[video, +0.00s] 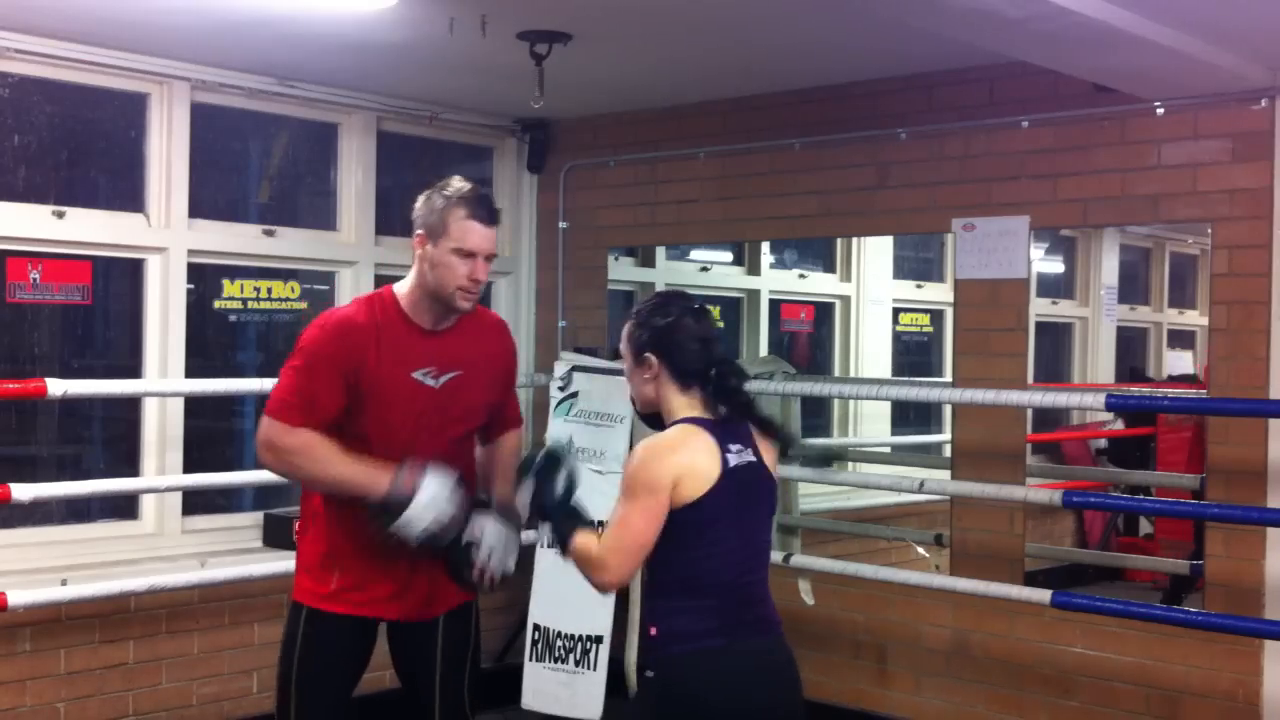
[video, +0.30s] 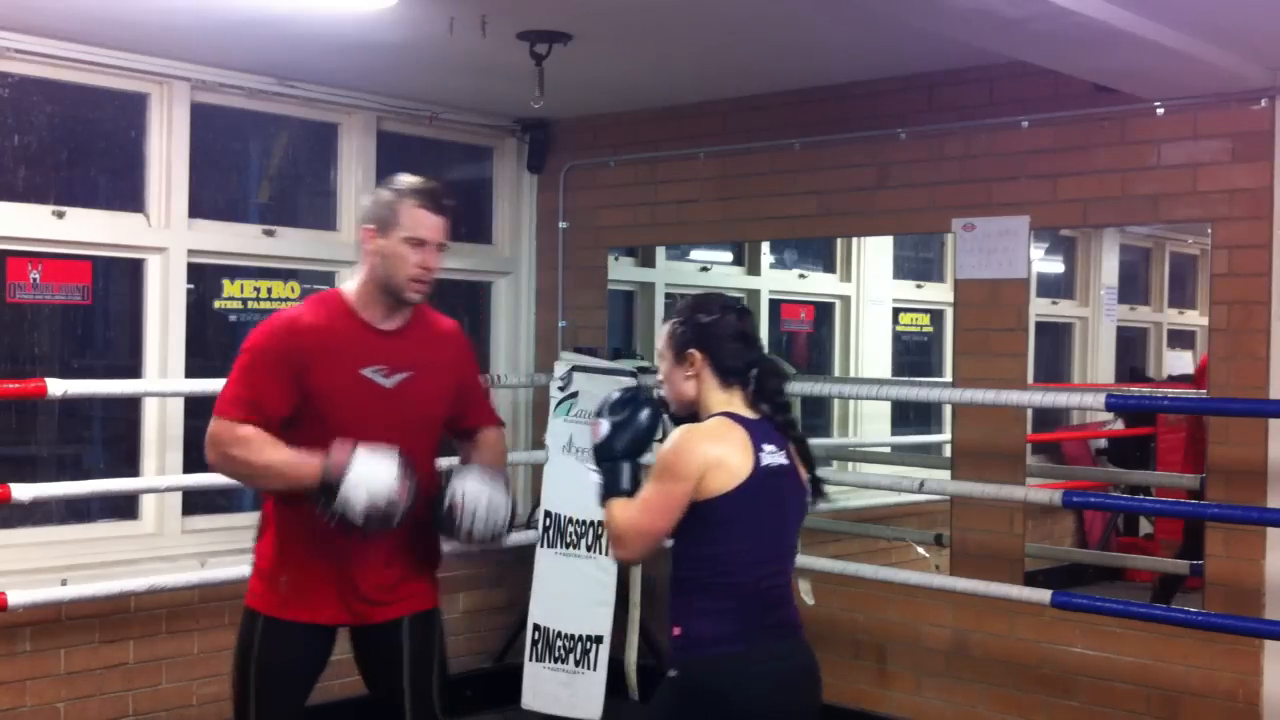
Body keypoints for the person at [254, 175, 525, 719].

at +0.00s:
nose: (480, 274)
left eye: (488, 259)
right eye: (465, 255)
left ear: (494, 257)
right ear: (421, 247)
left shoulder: (492, 338)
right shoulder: (344, 331)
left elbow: (502, 431)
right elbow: (277, 440)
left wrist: (501, 511)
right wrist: (399, 483)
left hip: (442, 585)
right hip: (338, 582)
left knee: (448, 709)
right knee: (307, 711)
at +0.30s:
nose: (431, 264)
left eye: (439, 249)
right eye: (416, 244)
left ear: (444, 253)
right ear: (370, 241)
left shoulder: (446, 342)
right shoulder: (290, 334)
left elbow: (483, 430)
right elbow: (224, 442)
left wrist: (485, 477)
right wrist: (329, 469)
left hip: (400, 587)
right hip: (297, 583)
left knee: (419, 711)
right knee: (263, 711)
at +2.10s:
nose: (383, 274)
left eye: (388, 260)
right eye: (369, 256)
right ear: (321, 250)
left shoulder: (324, 335)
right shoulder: (281, 333)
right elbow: (326, 459)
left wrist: (360, 392)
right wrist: (392, 386)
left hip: (326, 576)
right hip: (249, 587)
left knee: (373, 702)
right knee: (247, 711)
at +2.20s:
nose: (417, 281)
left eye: (423, 267)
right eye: (404, 262)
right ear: (357, 257)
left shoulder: (350, 333)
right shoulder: (310, 332)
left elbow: (336, 444)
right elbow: (333, 457)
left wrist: (393, 395)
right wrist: (415, 384)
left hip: (337, 573)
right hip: (259, 580)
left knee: (386, 704)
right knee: (250, 712)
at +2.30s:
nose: (448, 282)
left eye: (454, 269)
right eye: (435, 264)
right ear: (390, 258)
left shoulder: (392, 345)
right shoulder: (314, 332)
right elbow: (316, 448)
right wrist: (413, 377)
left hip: (359, 570)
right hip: (272, 574)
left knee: (398, 704)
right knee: (252, 711)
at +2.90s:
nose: (382, 259)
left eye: (388, 244)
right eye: (366, 242)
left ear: (394, 244)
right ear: (321, 239)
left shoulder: (399, 316)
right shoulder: (258, 326)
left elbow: (453, 397)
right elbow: (238, 428)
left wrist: (366, 450)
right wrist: (278, 330)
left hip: (374, 565)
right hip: (274, 564)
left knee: (395, 707)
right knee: (242, 707)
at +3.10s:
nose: (329, 248)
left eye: (334, 233)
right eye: (313, 232)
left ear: (341, 235)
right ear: (265, 236)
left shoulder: (375, 326)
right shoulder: (216, 334)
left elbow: (425, 438)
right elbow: (214, 434)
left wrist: (375, 532)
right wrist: (258, 327)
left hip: (357, 571)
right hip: (254, 574)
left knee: (388, 709)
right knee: (236, 711)